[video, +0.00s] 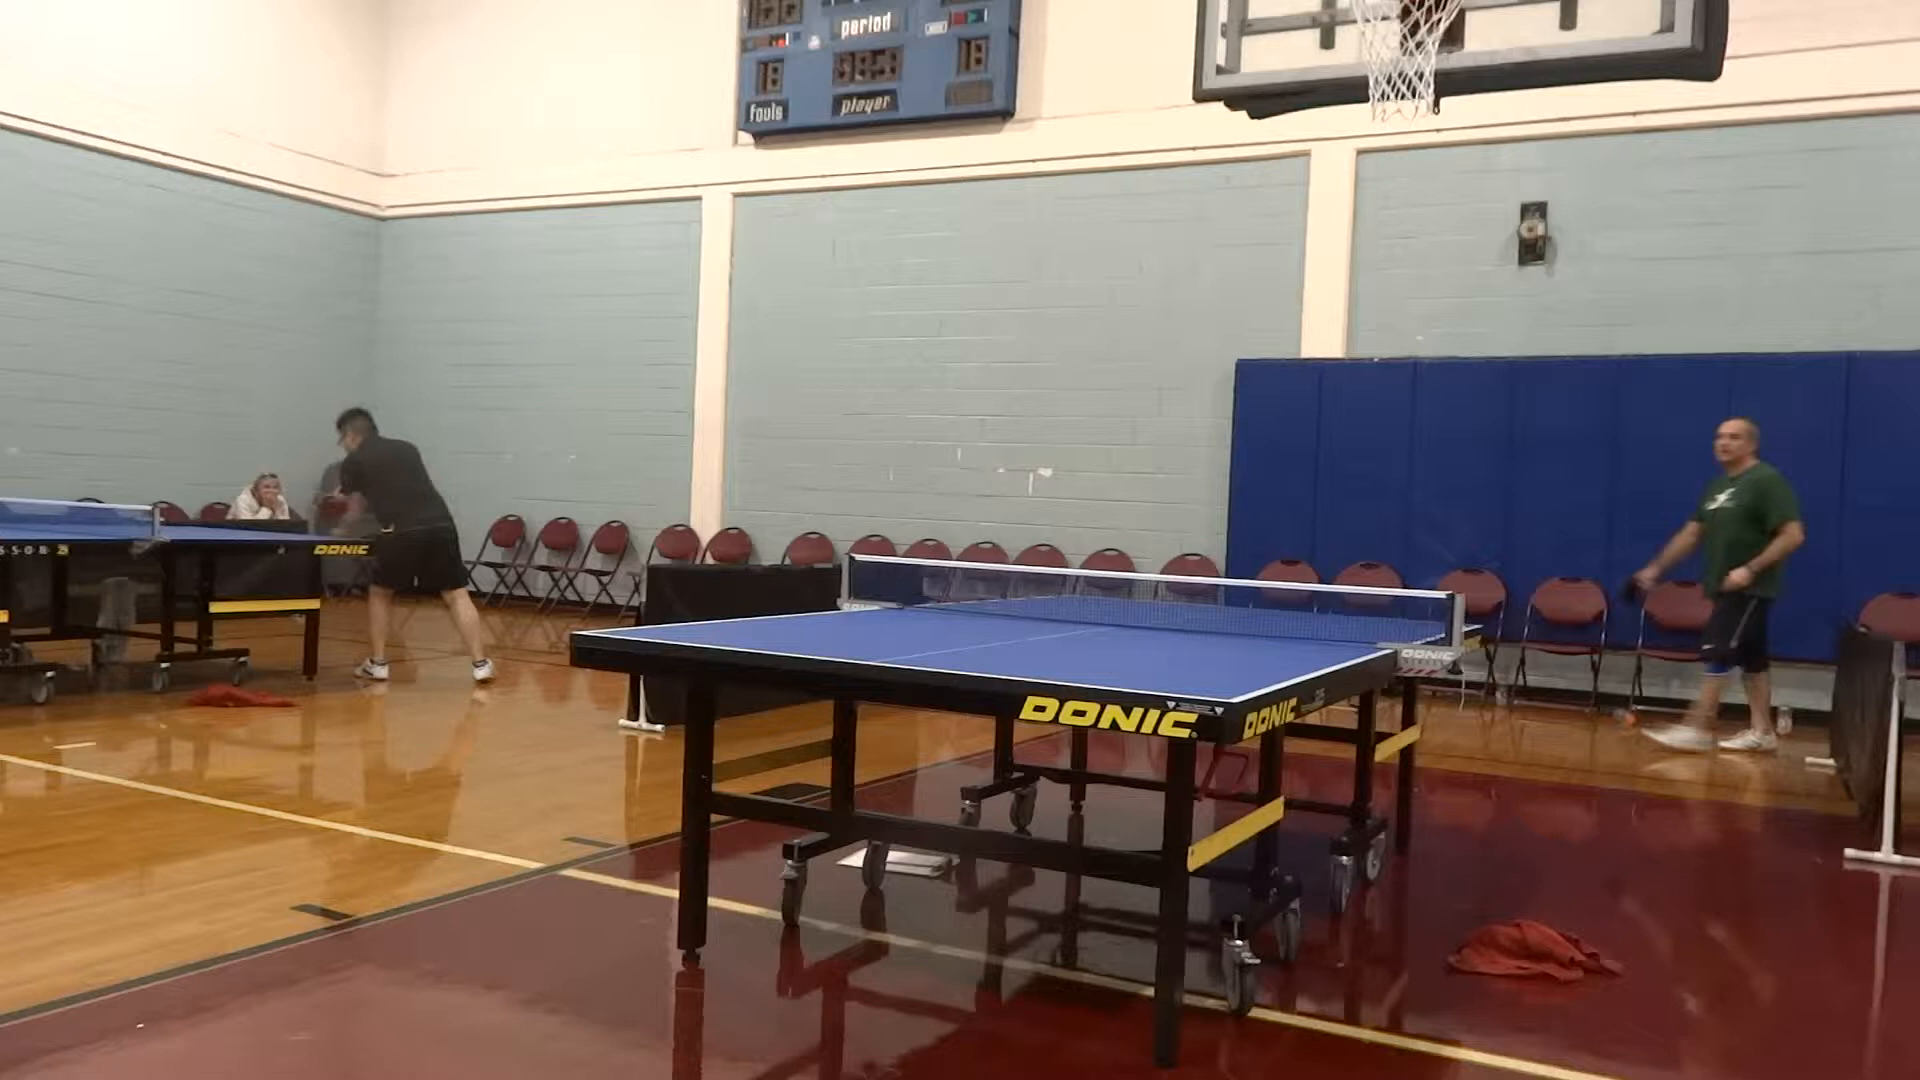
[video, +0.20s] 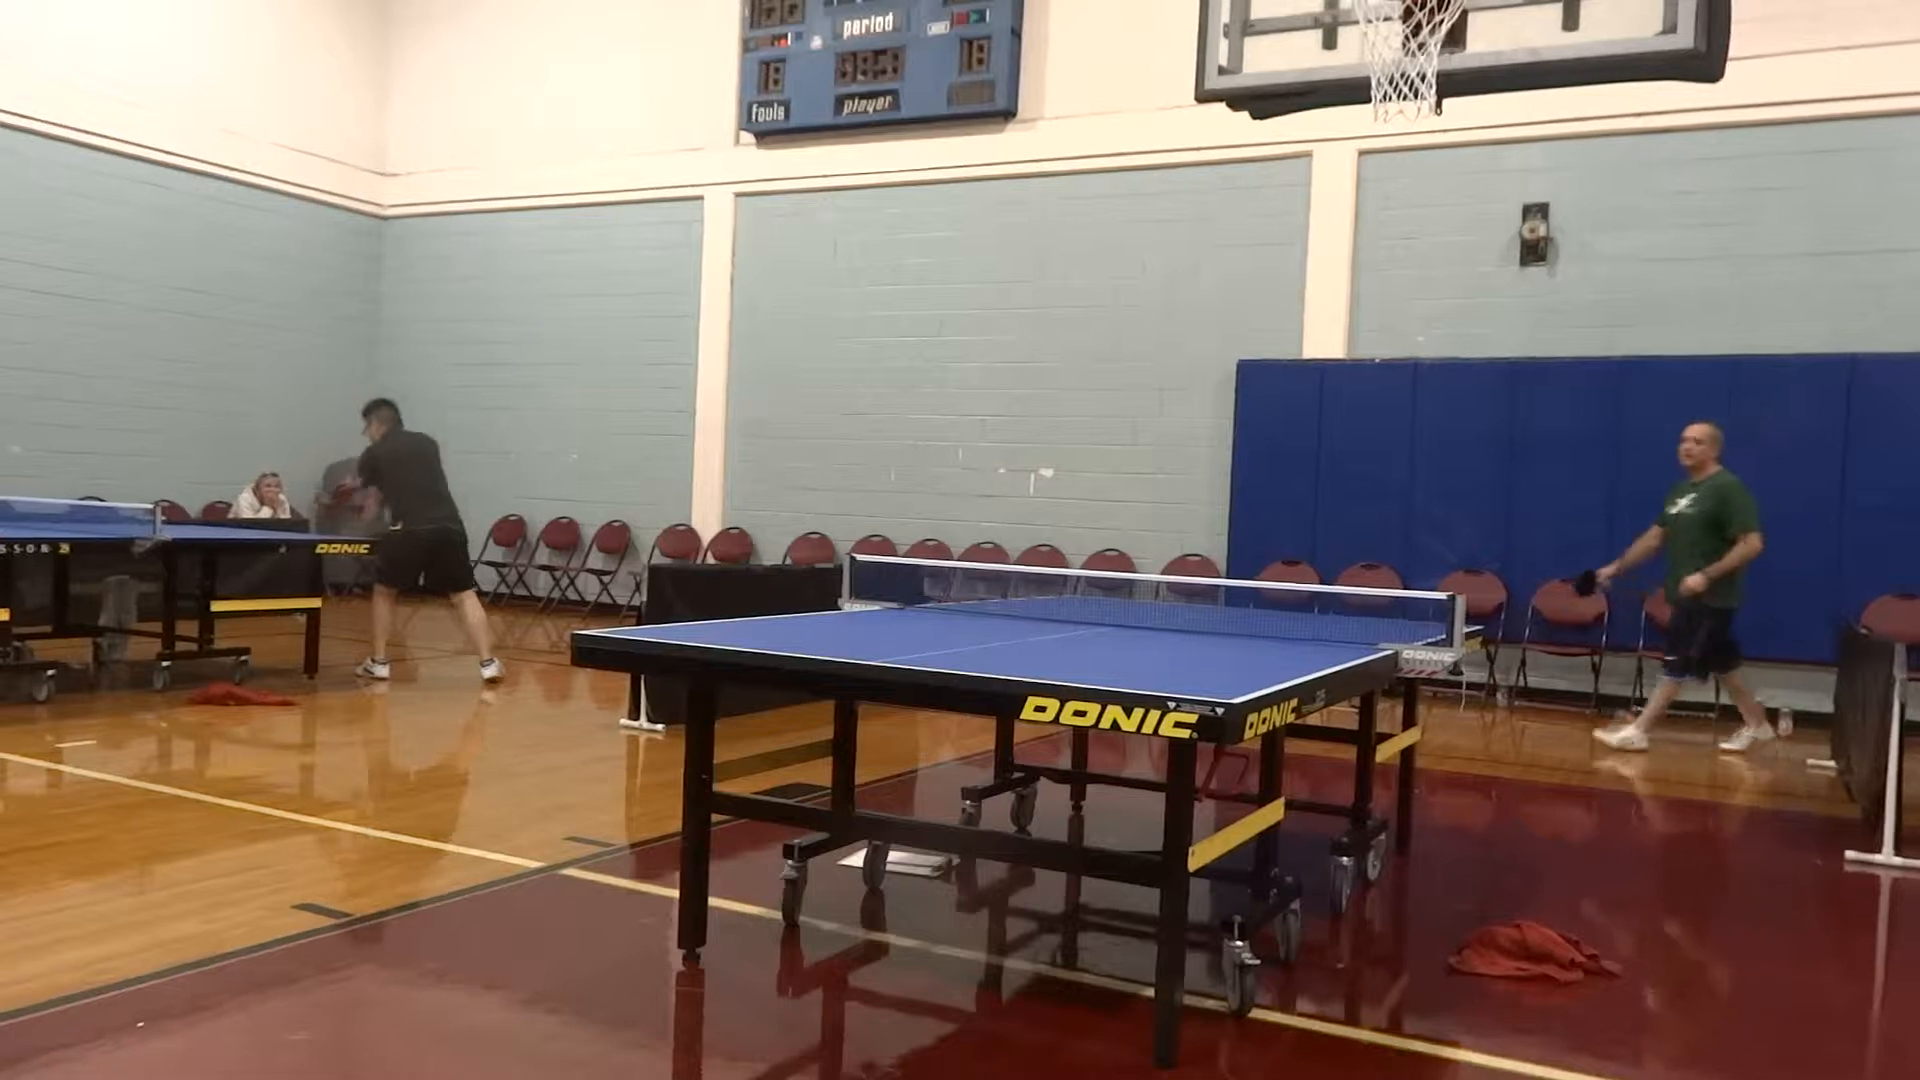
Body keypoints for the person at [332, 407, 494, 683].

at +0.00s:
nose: (343, 444)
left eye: (344, 438)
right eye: (342, 438)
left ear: (354, 435)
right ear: (373, 430)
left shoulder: (356, 460)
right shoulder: (406, 447)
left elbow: (355, 508)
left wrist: (341, 531)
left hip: (402, 535)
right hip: (441, 530)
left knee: (379, 593)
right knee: (457, 595)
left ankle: (378, 663)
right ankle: (481, 663)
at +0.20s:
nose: (368, 434)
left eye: (368, 427)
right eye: (366, 428)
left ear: (376, 424)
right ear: (397, 421)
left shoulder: (374, 454)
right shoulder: (427, 442)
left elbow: (370, 502)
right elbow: (427, 482)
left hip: (408, 533)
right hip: (448, 530)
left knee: (384, 592)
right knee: (465, 594)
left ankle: (379, 662)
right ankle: (488, 662)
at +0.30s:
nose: (390, 425)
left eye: (391, 419)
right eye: (390, 419)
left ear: (399, 418)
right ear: (420, 416)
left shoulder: (393, 445)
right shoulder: (446, 441)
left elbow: (374, 474)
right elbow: (438, 477)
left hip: (415, 535)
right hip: (455, 535)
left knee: (387, 592)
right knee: (472, 597)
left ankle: (379, 662)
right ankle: (490, 664)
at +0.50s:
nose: (433, 415)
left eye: (436, 410)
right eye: (434, 410)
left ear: (444, 411)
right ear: (465, 412)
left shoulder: (429, 434)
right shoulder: (485, 445)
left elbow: (380, 442)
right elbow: (471, 474)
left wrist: (353, 432)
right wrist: (422, 449)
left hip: (431, 531)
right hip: (472, 534)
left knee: (403, 589)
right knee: (481, 597)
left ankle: (378, 656)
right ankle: (489, 665)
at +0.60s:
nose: (447, 411)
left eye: (450, 407)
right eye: (449, 406)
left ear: (460, 408)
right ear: (479, 410)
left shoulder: (442, 432)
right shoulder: (497, 445)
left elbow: (391, 438)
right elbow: (488, 487)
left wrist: (347, 432)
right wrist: (437, 467)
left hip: (438, 529)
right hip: (478, 534)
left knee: (409, 590)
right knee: (482, 597)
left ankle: (383, 655)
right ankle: (488, 665)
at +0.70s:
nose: (453, 411)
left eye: (456, 405)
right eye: (455, 405)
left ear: (464, 407)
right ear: (486, 410)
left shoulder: (446, 432)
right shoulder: (503, 447)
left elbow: (390, 442)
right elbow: (508, 494)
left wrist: (346, 439)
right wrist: (478, 487)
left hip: (441, 529)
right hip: (480, 534)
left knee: (415, 589)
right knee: (484, 598)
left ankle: (396, 659)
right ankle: (487, 666)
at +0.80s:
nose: (452, 410)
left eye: (455, 405)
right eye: (454, 405)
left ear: (463, 408)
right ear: (486, 411)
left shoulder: (447, 433)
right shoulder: (506, 447)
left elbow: (395, 451)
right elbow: (524, 491)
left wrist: (350, 457)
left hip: (442, 530)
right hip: (483, 534)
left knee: (418, 590)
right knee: (485, 598)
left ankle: (413, 657)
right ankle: (486, 665)